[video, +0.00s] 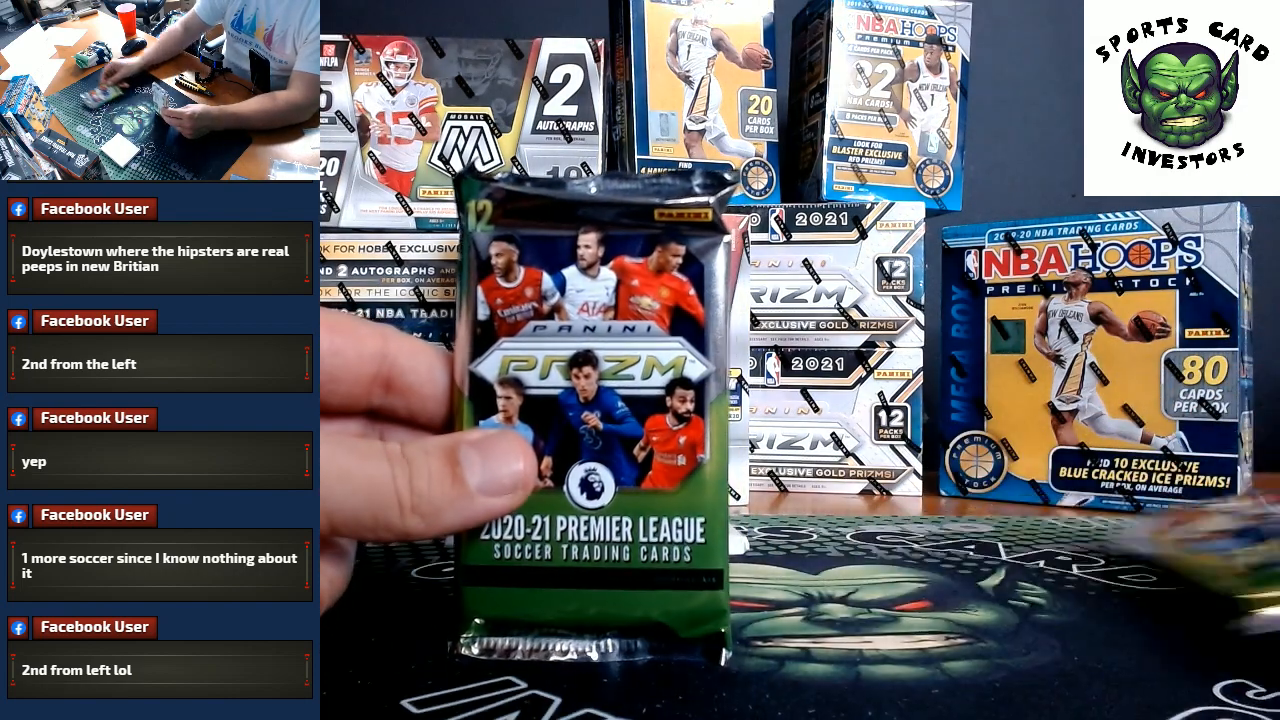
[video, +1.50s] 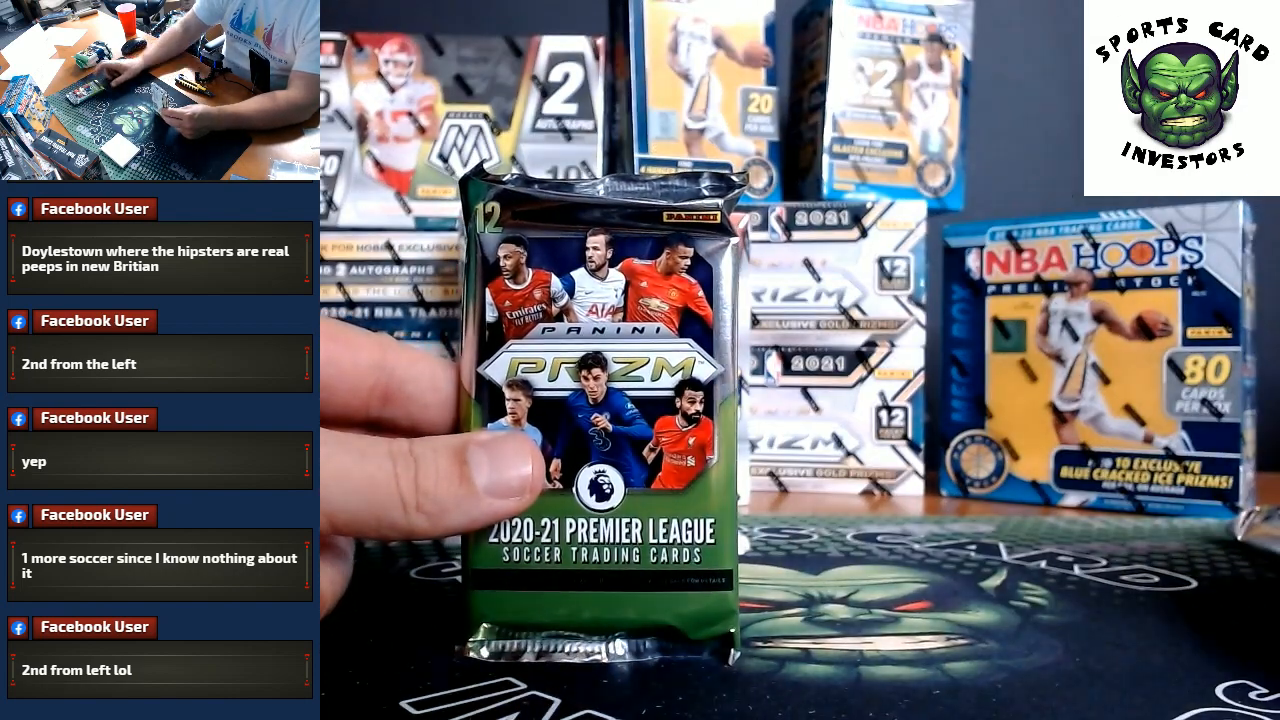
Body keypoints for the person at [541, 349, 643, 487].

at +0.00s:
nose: (582, 384)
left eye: (587, 377)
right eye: (577, 377)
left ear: (597, 375)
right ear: (571, 378)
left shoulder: (608, 397)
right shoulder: (566, 400)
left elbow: (636, 430)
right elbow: (559, 427)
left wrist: (603, 427)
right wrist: (549, 455)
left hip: (618, 470)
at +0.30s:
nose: (583, 383)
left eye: (588, 376)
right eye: (577, 376)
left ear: (597, 373)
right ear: (571, 376)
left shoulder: (609, 397)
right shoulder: (566, 399)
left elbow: (637, 429)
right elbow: (559, 426)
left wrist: (603, 426)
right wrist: (549, 454)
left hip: (619, 469)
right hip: (588, 466)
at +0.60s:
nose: (581, 383)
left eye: (586, 376)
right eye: (575, 377)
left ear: (595, 374)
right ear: (569, 377)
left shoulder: (607, 398)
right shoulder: (565, 400)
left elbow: (636, 430)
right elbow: (557, 428)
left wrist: (602, 427)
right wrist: (548, 455)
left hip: (619, 471)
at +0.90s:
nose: (589, 385)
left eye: (594, 378)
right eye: (584, 379)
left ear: (604, 376)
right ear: (578, 378)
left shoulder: (615, 400)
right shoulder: (572, 402)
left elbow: (644, 432)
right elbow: (565, 429)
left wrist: (611, 429)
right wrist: (555, 457)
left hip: (627, 472)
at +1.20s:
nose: (591, 386)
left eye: (597, 379)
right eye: (586, 379)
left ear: (606, 376)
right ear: (580, 378)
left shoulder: (618, 400)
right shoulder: (575, 402)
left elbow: (646, 432)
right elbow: (567, 430)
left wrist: (613, 429)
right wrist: (558, 457)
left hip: (629, 473)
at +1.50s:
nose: (591, 385)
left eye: (596, 378)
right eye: (586, 379)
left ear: (606, 376)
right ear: (580, 378)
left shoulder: (617, 399)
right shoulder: (574, 402)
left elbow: (646, 432)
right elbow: (567, 429)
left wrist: (612, 429)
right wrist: (558, 457)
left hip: (630, 473)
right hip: (598, 471)